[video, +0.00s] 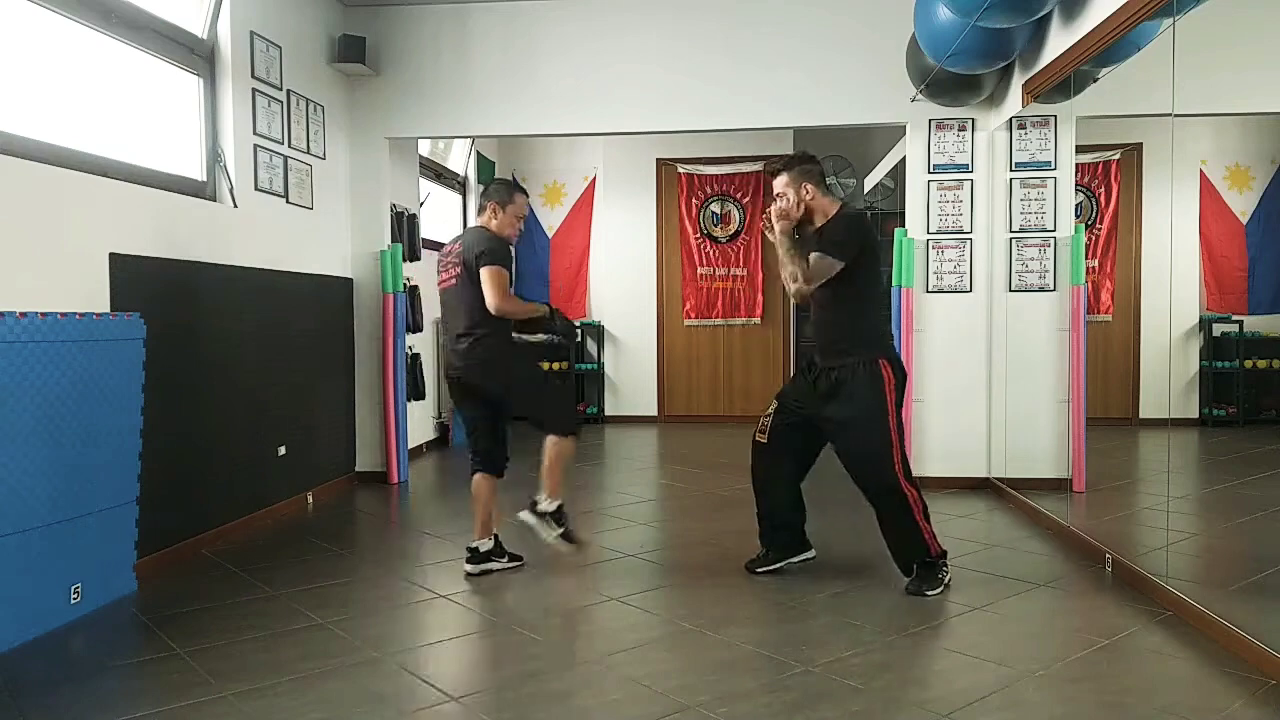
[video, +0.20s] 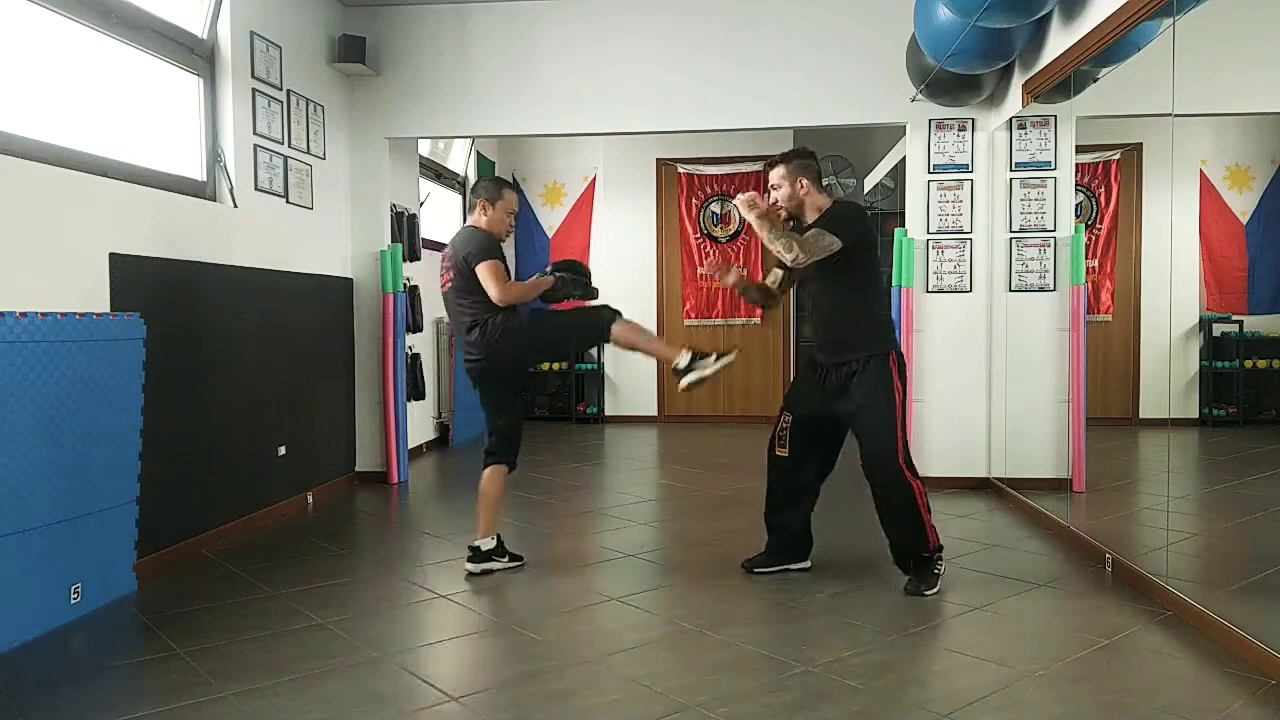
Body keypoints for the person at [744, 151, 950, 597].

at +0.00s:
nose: (780, 206)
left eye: (783, 197)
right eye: (777, 200)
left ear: (808, 190)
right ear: (807, 194)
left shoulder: (850, 225)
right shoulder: (818, 236)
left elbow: (799, 284)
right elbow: (797, 287)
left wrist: (783, 236)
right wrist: (781, 243)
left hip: (867, 372)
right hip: (820, 374)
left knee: (884, 473)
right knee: (770, 450)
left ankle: (928, 563)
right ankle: (786, 544)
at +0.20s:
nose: (771, 198)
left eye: (777, 187)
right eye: (769, 190)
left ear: (802, 185)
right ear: (795, 189)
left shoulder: (849, 216)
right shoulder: (793, 238)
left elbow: (799, 252)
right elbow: (770, 298)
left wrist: (756, 216)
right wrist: (744, 283)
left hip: (871, 363)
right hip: (820, 366)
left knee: (885, 463)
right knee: (788, 454)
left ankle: (923, 559)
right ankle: (789, 549)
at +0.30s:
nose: (775, 203)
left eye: (780, 193)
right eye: (773, 196)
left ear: (805, 188)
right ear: (799, 194)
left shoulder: (850, 220)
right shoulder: (800, 238)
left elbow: (798, 257)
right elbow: (757, 294)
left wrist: (768, 214)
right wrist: (708, 317)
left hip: (872, 366)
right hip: (822, 368)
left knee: (883, 468)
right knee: (788, 453)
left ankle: (914, 559)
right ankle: (789, 549)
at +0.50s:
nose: (776, 213)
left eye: (779, 204)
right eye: (774, 206)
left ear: (804, 203)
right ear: (806, 204)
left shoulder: (844, 240)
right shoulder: (814, 244)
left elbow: (792, 300)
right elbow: (794, 298)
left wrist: (768, 257)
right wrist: (772, 254)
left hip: (848, 383)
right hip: (805, 378)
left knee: (866, 481)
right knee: (747, 443)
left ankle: (915, 564)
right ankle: (752, 540)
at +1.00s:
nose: (692, 211)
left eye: (696, 203)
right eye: (691, 205)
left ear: (722, 203)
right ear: (719, 204)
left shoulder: (763, 245)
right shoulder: (708, 239)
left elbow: (723, 295)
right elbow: (652, 254)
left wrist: (702, 242)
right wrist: (615, 231)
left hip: (763, 380)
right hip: (719, 377)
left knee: (778, 474)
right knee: (668, 447)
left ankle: (826, 562)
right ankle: (671, 541)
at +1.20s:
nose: (652, 206)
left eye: (654, 198)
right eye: (651, 199)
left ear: (676, 198)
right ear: (684, 199)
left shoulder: (698, 228)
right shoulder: (690, 239)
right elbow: (658, 277)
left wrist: (635, 234)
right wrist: (633, 240)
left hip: (716, 368)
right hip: (690, 371)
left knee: (737, 473)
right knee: (647, 450)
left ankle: (819, 548)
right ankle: (651, 542)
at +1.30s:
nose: (637, 210)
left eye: (643, 203)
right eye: (639, 204)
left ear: (666, 203)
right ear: (675, 204)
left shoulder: (684, 228)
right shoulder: (695, 243)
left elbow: (626, 225)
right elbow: (657, 276)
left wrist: (586, 226)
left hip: (706, 374)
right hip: (683, 376)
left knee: (724, 484)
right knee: (641, 450)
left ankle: (810, 555)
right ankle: (650, 541)